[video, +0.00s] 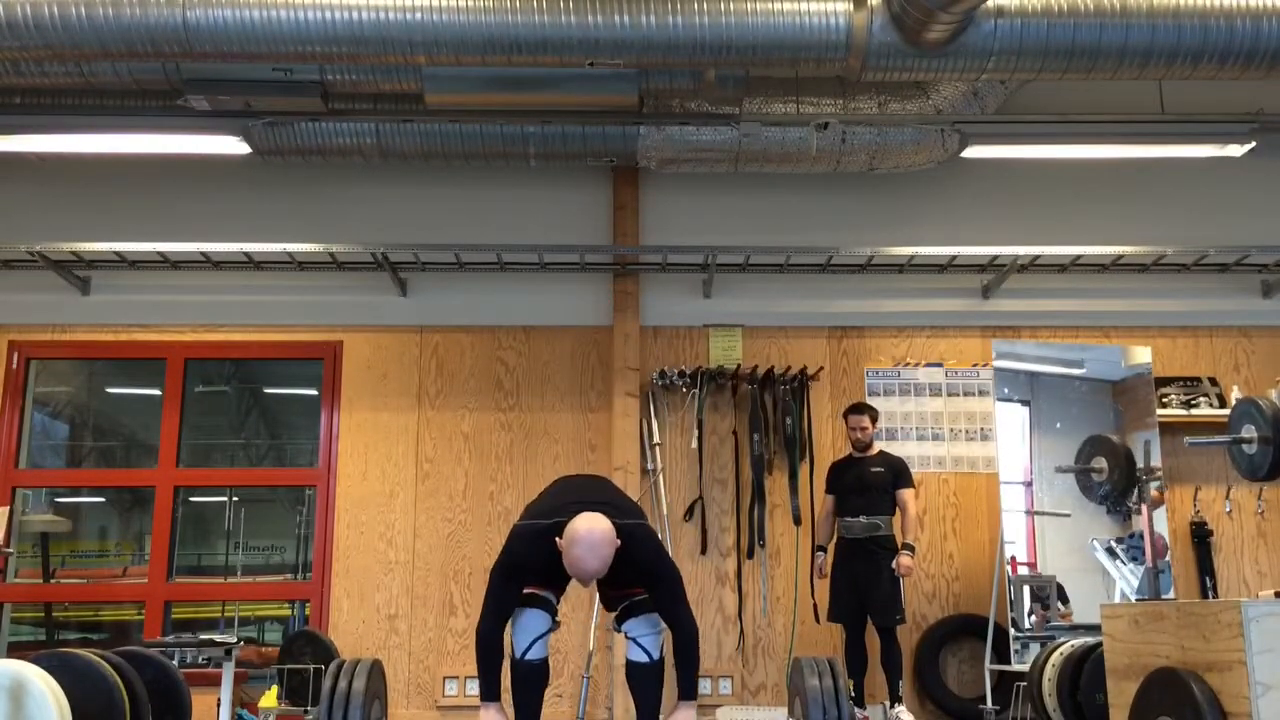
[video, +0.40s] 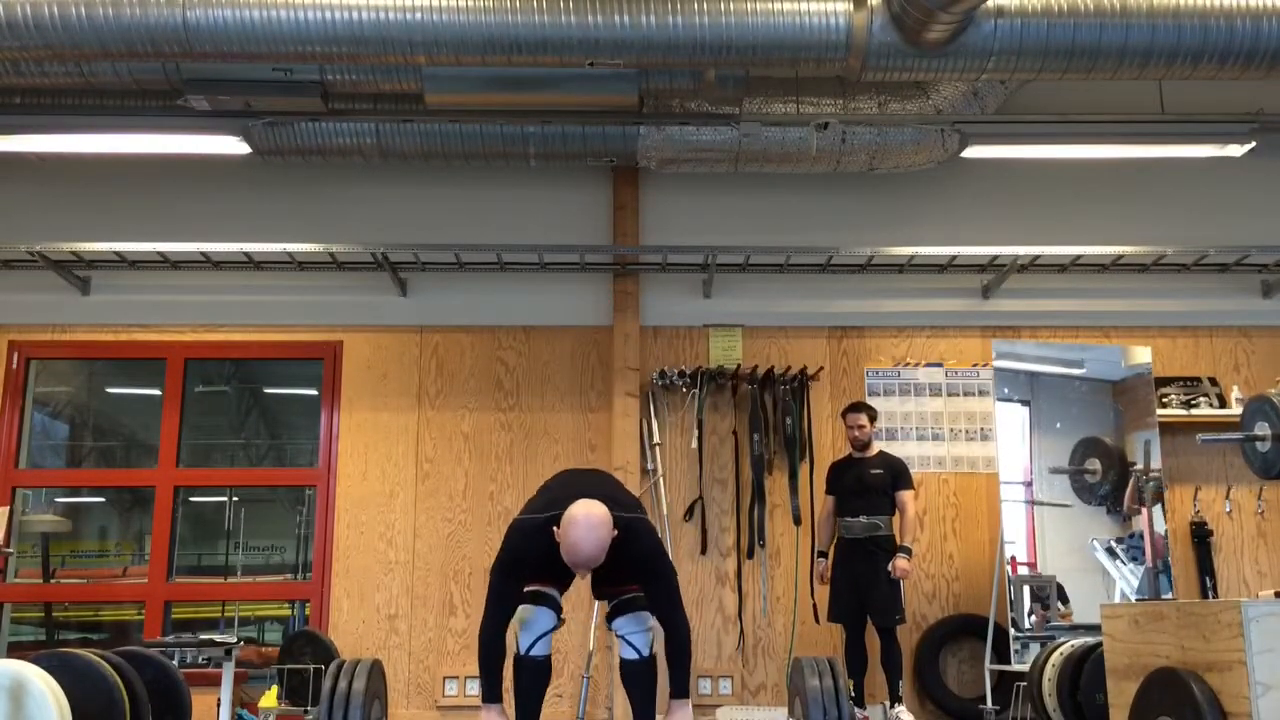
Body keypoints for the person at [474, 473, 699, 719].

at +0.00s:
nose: (586, 583)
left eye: (596, 575)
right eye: (578, 575)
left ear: (616, 547)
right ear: (560, 546)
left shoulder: (641, 544)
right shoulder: (525, 541)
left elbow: (684, 624)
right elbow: (489, 625)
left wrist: (687, 703)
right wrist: (490, 704)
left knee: (646, 631)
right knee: (528, 627)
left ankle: (646, 716)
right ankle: (528, 716)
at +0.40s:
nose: (582, 574)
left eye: (592, 566)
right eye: (574, 566)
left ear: (613, 535)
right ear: (557, 535)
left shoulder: (639, 539)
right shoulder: (523, 537)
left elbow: (676, 625)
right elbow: (492, 627)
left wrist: (680, 702)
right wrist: (491, 705)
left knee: (636, 630)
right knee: (533, 624)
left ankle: (643, 715)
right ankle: (528, 715)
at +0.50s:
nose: (581, 563)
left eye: (591, 554)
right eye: (572, 553)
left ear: (611, 529)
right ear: (557, 526)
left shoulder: (638, 535)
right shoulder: (524, 535)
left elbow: (676, 623)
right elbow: (494, 625)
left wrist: (680, 704)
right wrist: (490, 705)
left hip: (613, 549)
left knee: (639, 630)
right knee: (530, 626)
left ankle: (643, 716)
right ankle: (527, 715)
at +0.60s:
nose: (581, 550)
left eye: (592, 540)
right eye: (573, 539)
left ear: (610, 519)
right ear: (557, 515)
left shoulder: (638, 536)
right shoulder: (525, 536)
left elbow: (680, 622)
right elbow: (486, 625)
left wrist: (681, 704)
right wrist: (488, 707)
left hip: (618, 574)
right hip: (549, 574)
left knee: (645, 634)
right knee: (526, 629)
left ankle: (643, 717)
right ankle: (527, 717)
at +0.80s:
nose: (585, 526)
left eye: (596, 514)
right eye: (575, 513)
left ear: (613, 502)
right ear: (558, 499)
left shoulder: (636, 538)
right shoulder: (530, 539)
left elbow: (688, 624)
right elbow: (480, 626)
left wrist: (684, 705)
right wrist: (488, 706)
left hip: (618, 616)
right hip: (554, 615)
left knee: (657, 644)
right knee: (518, 638)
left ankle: (650, 716)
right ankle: (529, 716)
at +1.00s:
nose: (585, 536)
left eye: (597, 525)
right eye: (576, 523)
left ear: (612, 518)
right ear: (560, 513)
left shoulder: (638, 563)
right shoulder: (531, 561)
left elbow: (704, 631)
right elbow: (467, 632)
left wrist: (686, 704)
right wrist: (485, 705)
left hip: (618, 658)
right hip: (555, 657)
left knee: (666, 653)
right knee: (501, 644)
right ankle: (521, 714)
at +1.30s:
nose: (586, 504)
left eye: (597, 495)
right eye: (577, 492)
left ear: (611, 501)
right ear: (561, 495)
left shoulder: (639, 552)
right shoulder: (532, 551)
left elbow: (696, 627)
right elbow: (474, 629)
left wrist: (683, 703)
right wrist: (490, 704)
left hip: (618, 648)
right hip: (555, 646)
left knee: (662, 653)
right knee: (509, 646)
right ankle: (525, 715)